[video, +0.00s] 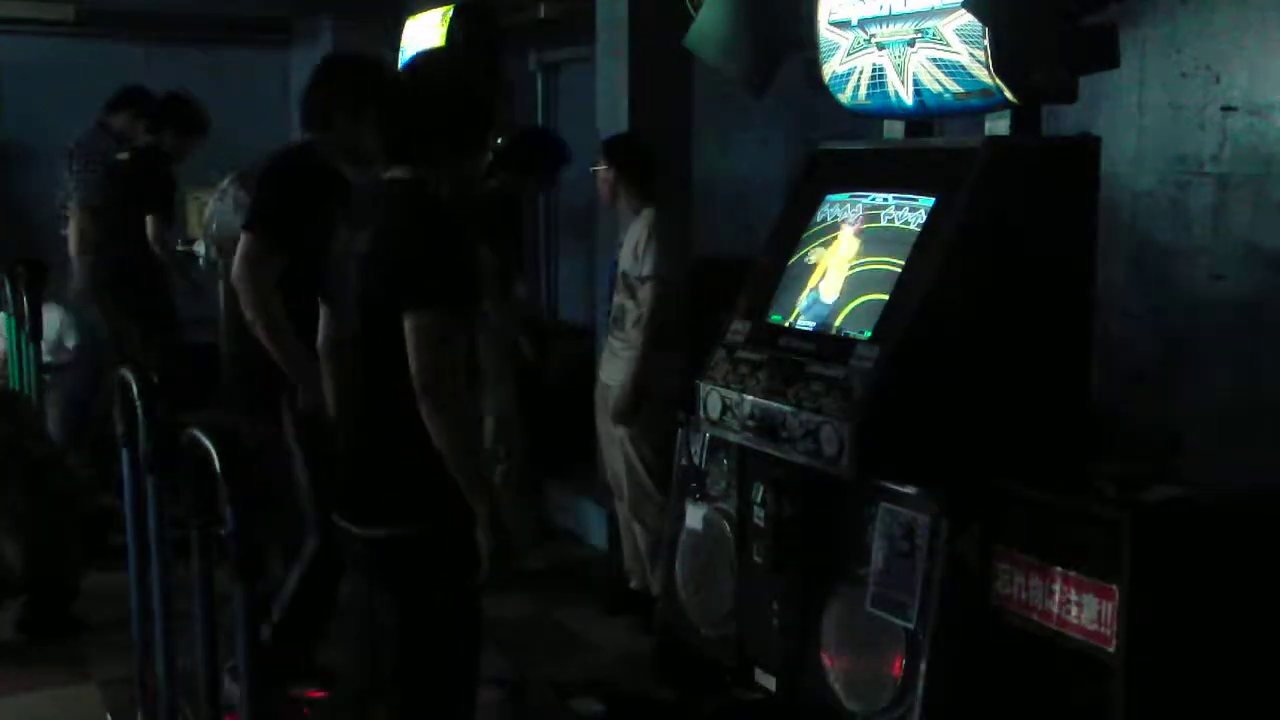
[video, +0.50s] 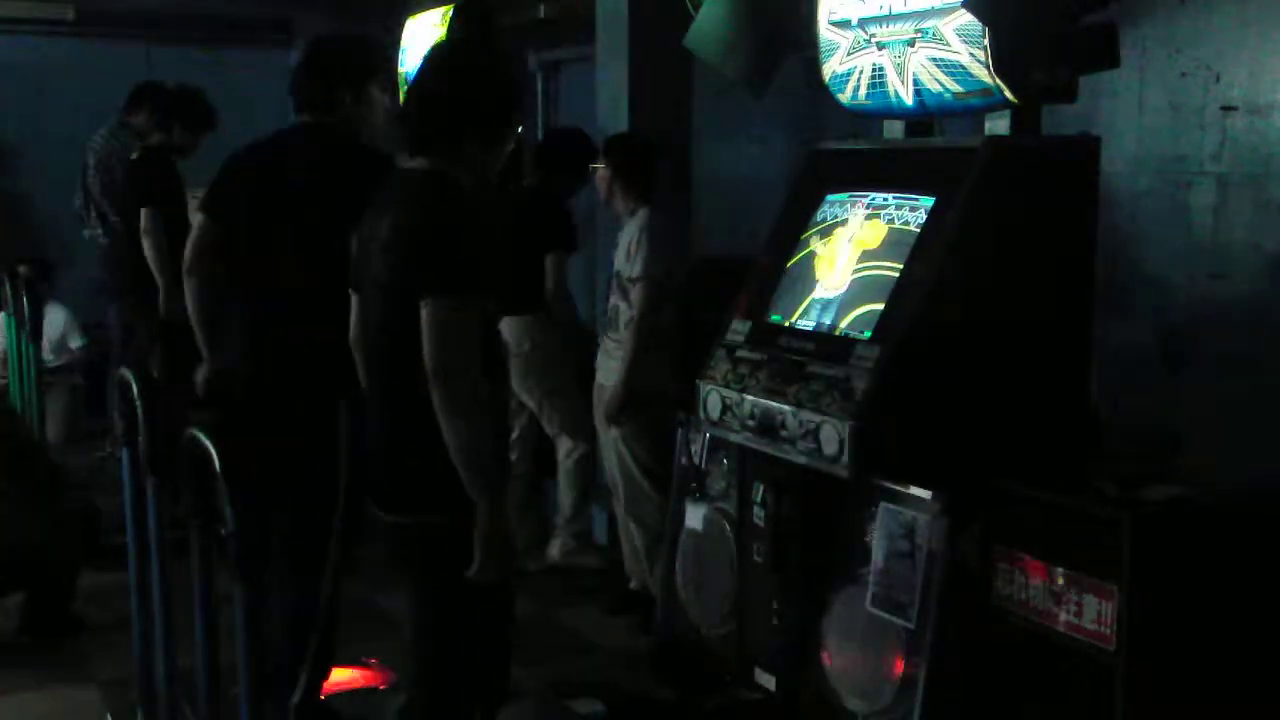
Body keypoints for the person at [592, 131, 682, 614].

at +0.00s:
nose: (597, 181)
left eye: (602, 172)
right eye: (598, 171)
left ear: (620, 177)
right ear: (628, 175)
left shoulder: (651, 229)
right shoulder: (635, 228)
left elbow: (651, 315)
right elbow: (637, 314)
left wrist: (630, 389)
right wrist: (612, 375)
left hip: (631, 383)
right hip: (613, 379)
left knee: (640, 492)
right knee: (621, 487)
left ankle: (653, 589)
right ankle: (633, 581)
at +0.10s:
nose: (597, 180)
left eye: (602, 171)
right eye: (598, 170)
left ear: (618, 176)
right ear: (630, 175)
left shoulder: (651, 229)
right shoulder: (636, 228)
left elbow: (648, 315)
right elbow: (635, 314)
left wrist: (628, 388)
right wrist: (613, 376)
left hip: (632, 383)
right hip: (614, 378)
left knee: (640, 492)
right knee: (622, 488)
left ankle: (653, 589)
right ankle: (634, 581)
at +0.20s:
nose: (598, 181)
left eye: (603, 172)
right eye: (599, 171)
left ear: (620, 177)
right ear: (629, 177)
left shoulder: (648, 230)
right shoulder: (633, 229)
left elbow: (644, 317)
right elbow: (629, 315)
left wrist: (624, 387)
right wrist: (608, 377)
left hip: (629, 385)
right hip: (611, 380)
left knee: (639, 493)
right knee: (623, 490)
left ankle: (653, 589)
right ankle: (633, 581)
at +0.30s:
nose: (597, 182)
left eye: (603, 173)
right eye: (599, 172)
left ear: (618, 178)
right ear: (630, 178)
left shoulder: (647, 230)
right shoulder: (632, 229)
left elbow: (642, 316)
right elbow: (629, 315)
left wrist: (621, 385)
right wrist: (607, 375)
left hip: (629, 382)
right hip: (611, 377)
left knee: (638, 490)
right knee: (621, 487)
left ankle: (651, 587)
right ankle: (633, 580)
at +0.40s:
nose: (596, 182)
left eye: (602, 172)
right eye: (597, 171)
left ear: (618, 177)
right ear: (630, 177)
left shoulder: (645, 229)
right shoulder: (633, 228)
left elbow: (642, 315)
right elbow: (630, 314)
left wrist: (621, 386)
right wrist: (609, 374)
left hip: (629, 379)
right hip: (613, 374)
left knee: (637, 490)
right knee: (622, 486)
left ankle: (651, 588)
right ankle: (634, 582)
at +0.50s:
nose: (597, 182)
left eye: (603, 172)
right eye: (598, 172)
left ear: (621, 177)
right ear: (631, 177)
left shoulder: (646, 229)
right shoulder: (634, 228)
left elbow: (641, 315)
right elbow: (629, 314)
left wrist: (619, 388)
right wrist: (607, 377)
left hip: (630, 383)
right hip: (613, 378)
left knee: (638, 493)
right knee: (624, 490)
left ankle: (651, 589)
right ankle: (634, 582)